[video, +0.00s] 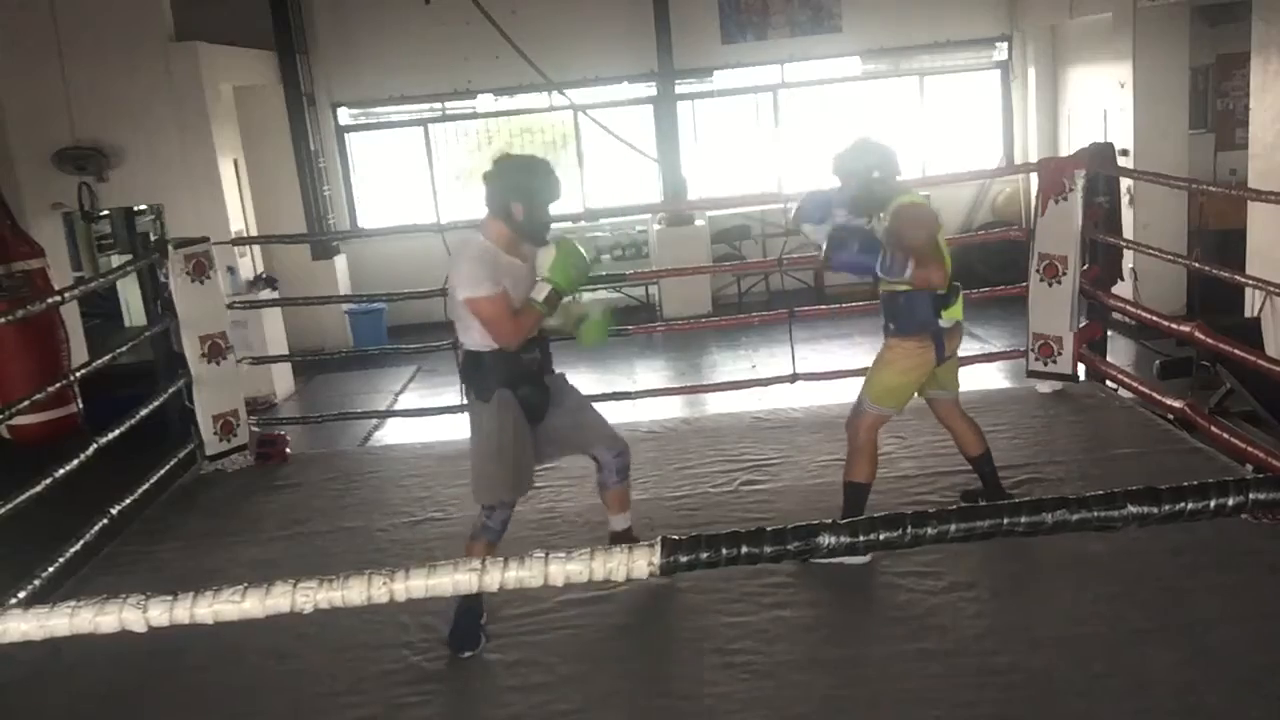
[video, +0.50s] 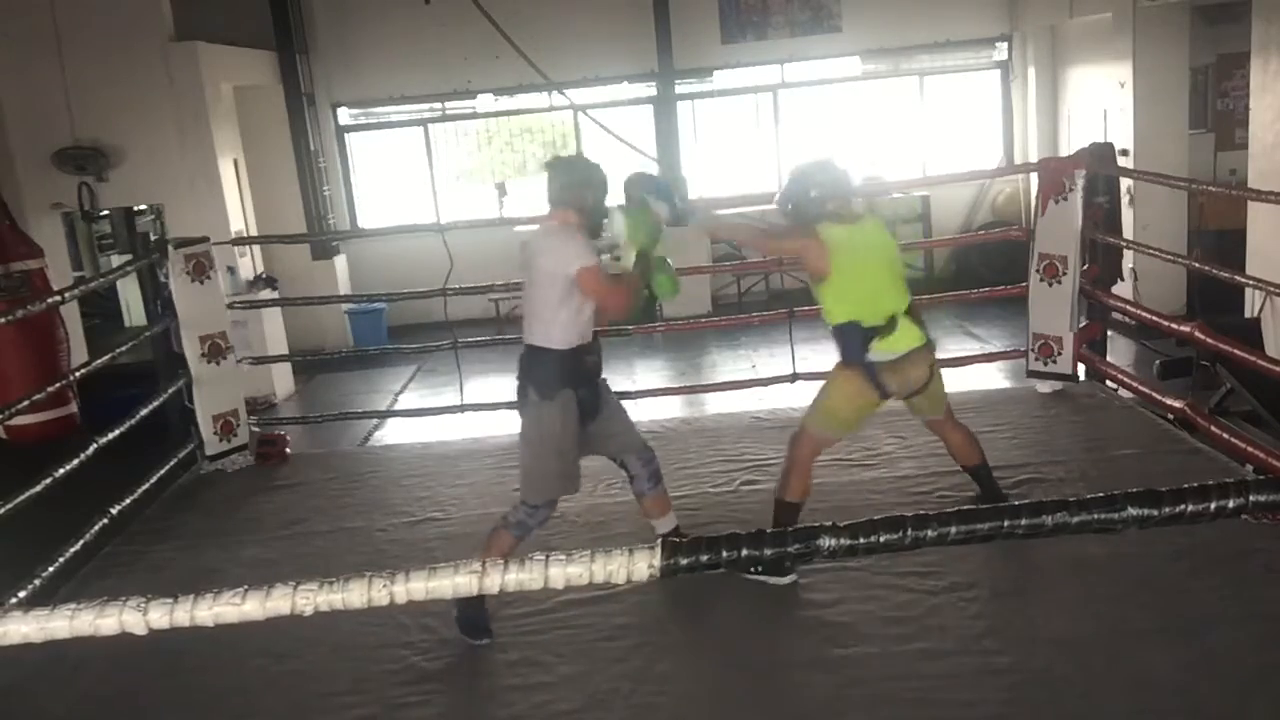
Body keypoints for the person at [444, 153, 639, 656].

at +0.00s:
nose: (549, 215)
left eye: (551, 204)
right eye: (542, 204)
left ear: (519, 204)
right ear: (512, 204)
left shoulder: (527, 252)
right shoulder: (473, 261)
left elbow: (528, 321)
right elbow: (509, 335)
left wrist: (576, 323)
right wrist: (556, 290)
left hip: (541, 383)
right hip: (496, 396)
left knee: (613, 452)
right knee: (497, 512)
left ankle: (623, 545)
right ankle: (469, 603)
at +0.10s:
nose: (557, 206)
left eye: (558, 195)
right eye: (550, 195)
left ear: (527, 194)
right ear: (520, 194)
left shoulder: (537, 243)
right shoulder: (480, 247)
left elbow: (533, 316)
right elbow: (508, 324)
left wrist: (563, 334)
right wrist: (560, 278)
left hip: (550, 373)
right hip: (505, 383)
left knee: (611, 457)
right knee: (496, 502)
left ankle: (646, 544)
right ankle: (469, 604)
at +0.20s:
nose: (568, 207)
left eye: (569, 197)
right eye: (561, 196)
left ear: (540, 198)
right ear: (533, 197)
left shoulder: (551, 246)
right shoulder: (498, 251)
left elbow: (557, 311)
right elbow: (534, 325)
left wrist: (596, 311)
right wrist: (580, 281)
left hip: (560, 379)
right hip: (516, 387)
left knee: (610, 464)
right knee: (501, 501)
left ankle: (657, 544)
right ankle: (469, 603)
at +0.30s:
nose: (583, 209)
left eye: (583, 199)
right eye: (575, 199)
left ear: (560, 200)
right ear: (547, 199)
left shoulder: (563, 248)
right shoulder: (511, 254)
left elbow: (565, 313)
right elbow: (555, 326)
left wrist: (611, 299)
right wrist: (599, 282)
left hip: (570, 384)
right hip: (527, 391)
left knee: (621, 467)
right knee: (510, 507)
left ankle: (669, 550)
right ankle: (471, 604)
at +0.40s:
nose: (601, 207)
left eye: (602, 199)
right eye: (597, 198)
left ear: (572, 197)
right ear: (575, 196)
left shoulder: (567, 245)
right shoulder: (544, 245)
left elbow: (576, 316)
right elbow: (578, 323)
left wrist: (626, 293)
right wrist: (624, 287)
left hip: (577, 381)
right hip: (541, 386)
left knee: (636, 460)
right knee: (526, 506)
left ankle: (673, 548)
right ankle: (474, 594)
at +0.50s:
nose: (601, 206)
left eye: (599, 196)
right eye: (598, 197)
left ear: (558, 195)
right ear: (583, 196)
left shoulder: (548, 239)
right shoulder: (566, 241)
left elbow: (587, 296)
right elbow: (615, 301)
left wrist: (630, 276)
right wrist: (640, 272)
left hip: (581, 379)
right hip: (550, 384)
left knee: (639, 458)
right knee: (539, 500)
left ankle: (675, 549)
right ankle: (476, 592)